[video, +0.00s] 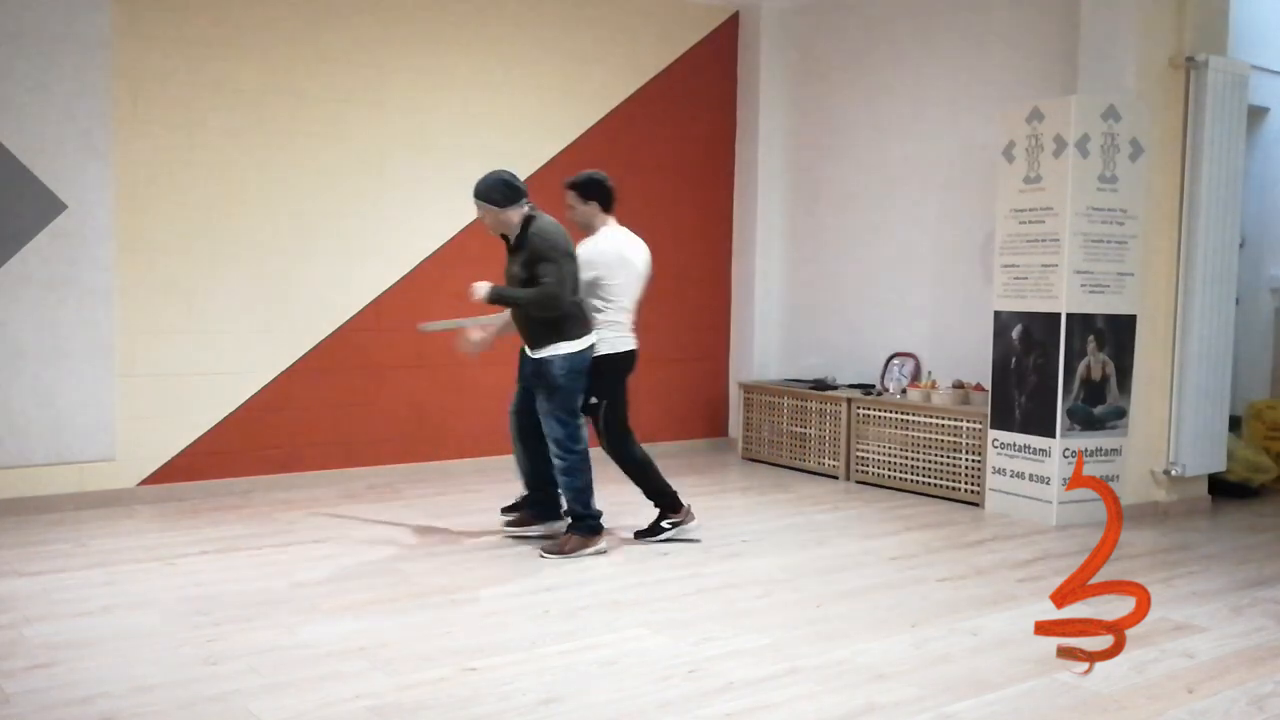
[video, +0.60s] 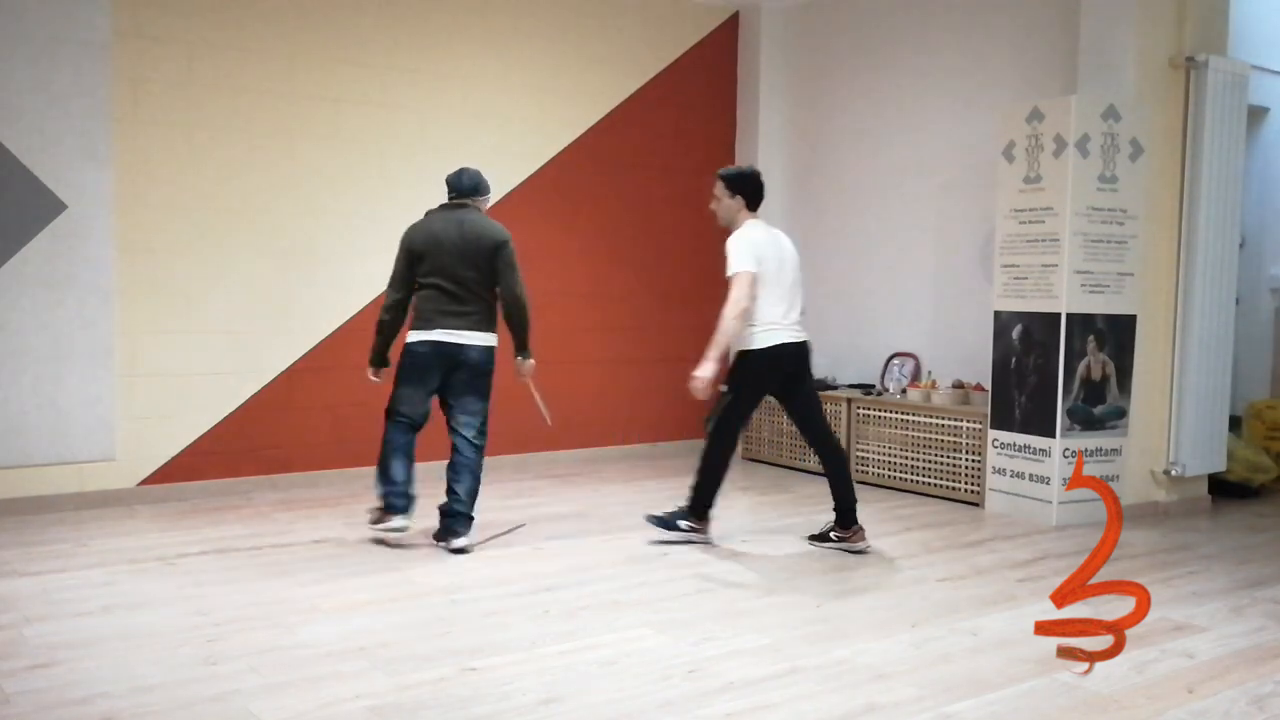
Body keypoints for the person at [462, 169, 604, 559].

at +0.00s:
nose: (481, 221)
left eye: (482, 213)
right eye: (479, 213)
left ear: (503, 208)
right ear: (506, 207)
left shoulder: (546, 236)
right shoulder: (518, 237)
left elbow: (555, 298)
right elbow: (530, 297)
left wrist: (494, 293)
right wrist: (493, 327)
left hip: (564, 352)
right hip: (537, 352)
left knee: (565, 438)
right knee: (526, 425)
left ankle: (586, 524)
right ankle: (544, 504)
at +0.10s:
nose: (473, 217)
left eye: (473, 209)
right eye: (471, 209)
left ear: (486, 206)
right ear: (506, 198)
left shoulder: (518, 237)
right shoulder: (527, 227)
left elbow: (511, 304)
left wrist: (460, 295)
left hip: (546, 351)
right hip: (535, 349)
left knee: (550, 433)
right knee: (514, 424)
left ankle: (584, 525)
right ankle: (511, 512)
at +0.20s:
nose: (463, 215)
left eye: (462, 208)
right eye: (463, 208)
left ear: (470, 206)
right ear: (498, 197)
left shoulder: (488, 240)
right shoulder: (529, 225)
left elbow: (463, 304)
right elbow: (564, 274)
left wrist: (434, 290)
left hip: (520, 356)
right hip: (544, 347)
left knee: (535, 439)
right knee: (503, 433)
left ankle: (581, 523)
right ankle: (480, 519)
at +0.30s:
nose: (457, 214)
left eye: (456, 209)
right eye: (463, 208)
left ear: (458, 208)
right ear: (490, 201)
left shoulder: (465, 241)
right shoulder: (521, 234)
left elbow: (435, 300)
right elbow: (558, 285)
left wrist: (417, 299)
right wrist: (558, 330)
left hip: (494, 357)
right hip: (525, 352)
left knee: (499, 440)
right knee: (483, 441)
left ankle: (562, 510)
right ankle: (462, 525)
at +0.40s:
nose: (451, 212)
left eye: (450, 207)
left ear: (453, 207)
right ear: (485, 204)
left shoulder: (449, 241)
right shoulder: (514, 240)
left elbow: (421, 293)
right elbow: (544, 299)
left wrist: (404, 319)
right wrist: (553, 349)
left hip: (468, 357)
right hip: (507, 356)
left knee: (444, 436)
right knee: (471, 442)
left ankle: (511, 492)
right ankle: (460, 529)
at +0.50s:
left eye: (452, 197)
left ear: (450, 198)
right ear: (484, 199)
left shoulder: (432, 236)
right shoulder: (508, 238)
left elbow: (405, 302)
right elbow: (531, 300)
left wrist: (391, 346)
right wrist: (538, 351)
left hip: (446, 350)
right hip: (493, 353)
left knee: (414, 425)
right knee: (473, 440)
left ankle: (452, 493)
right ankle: (464, 532)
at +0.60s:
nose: (489, 204)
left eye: (487, 199)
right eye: (488, 199)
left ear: (449, 196)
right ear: (482, 199)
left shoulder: (419, 231)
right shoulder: (495, 234)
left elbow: (395, 300)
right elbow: (512, 297)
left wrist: (378, 355)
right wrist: (523, 349)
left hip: (426, 346)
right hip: (475, 350)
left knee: (402, 422)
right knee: (468, 437)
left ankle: (396, 506)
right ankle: (455, 528)